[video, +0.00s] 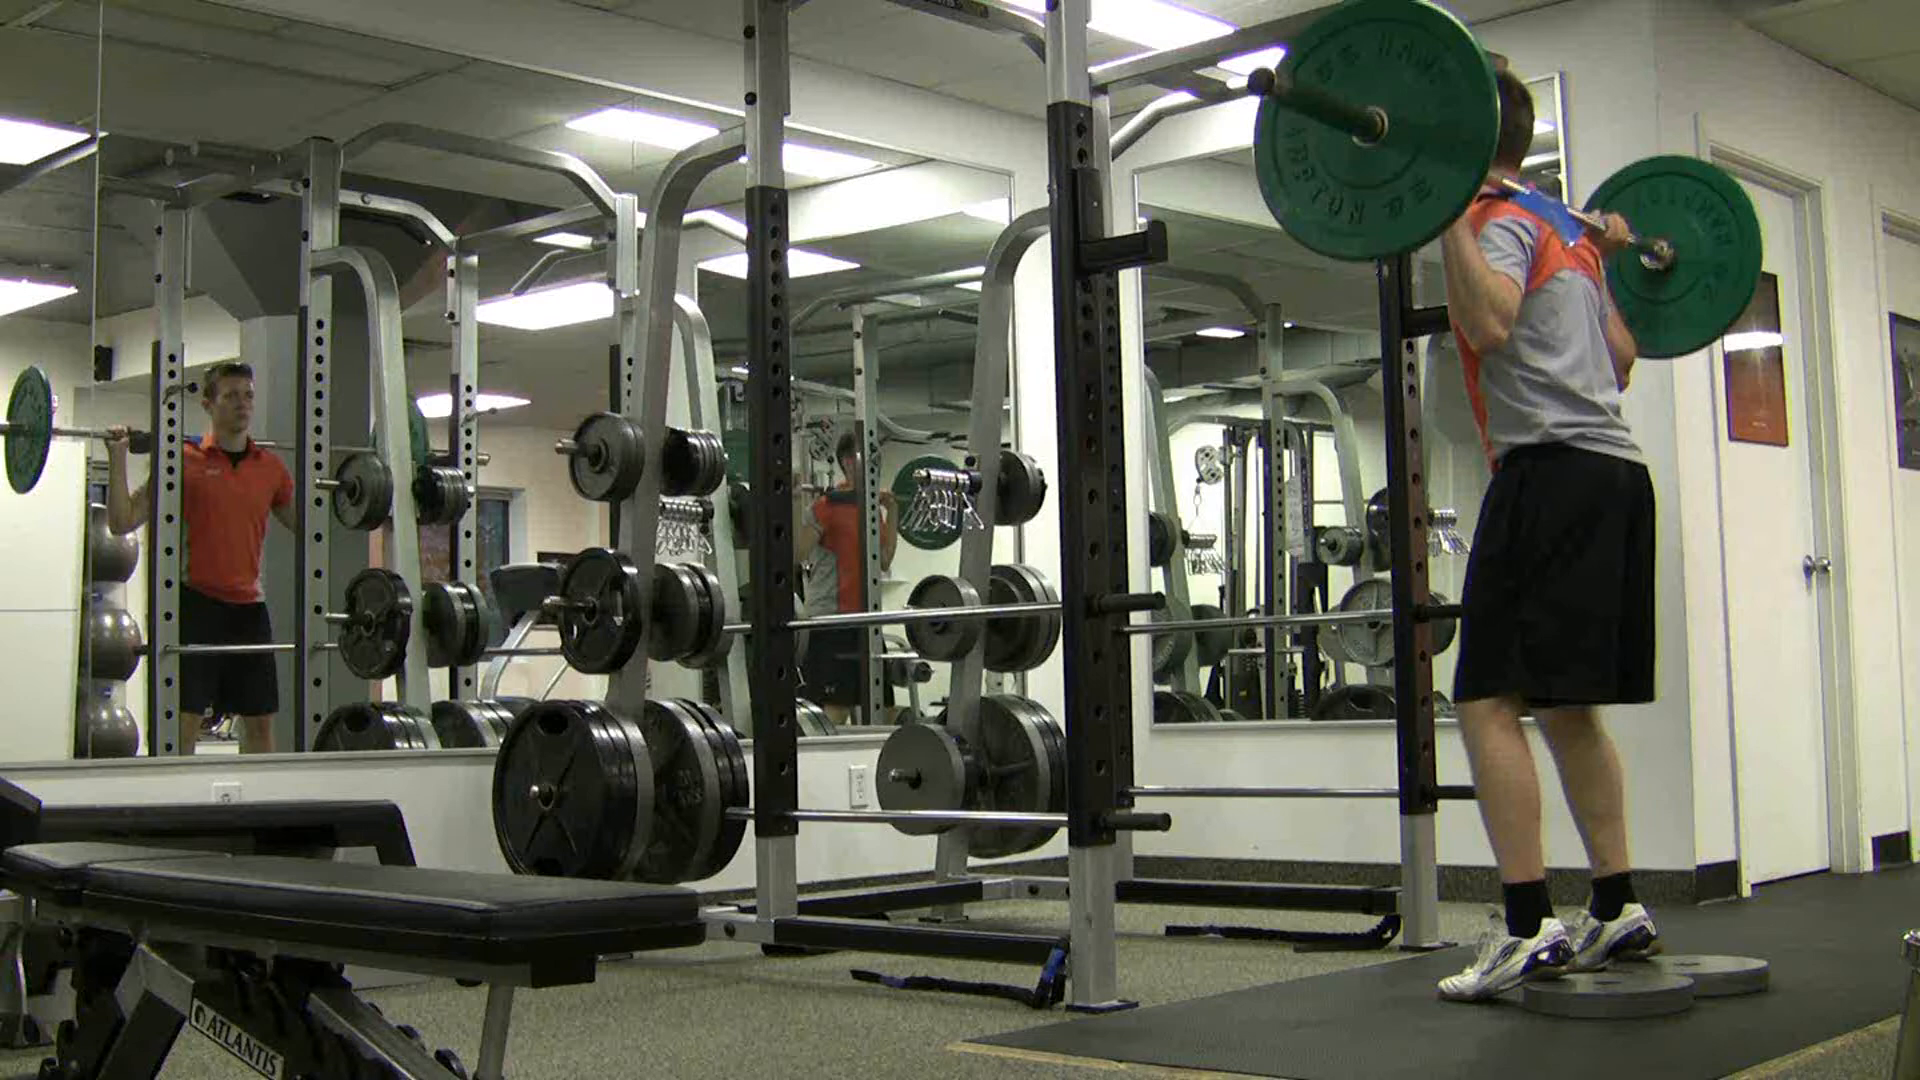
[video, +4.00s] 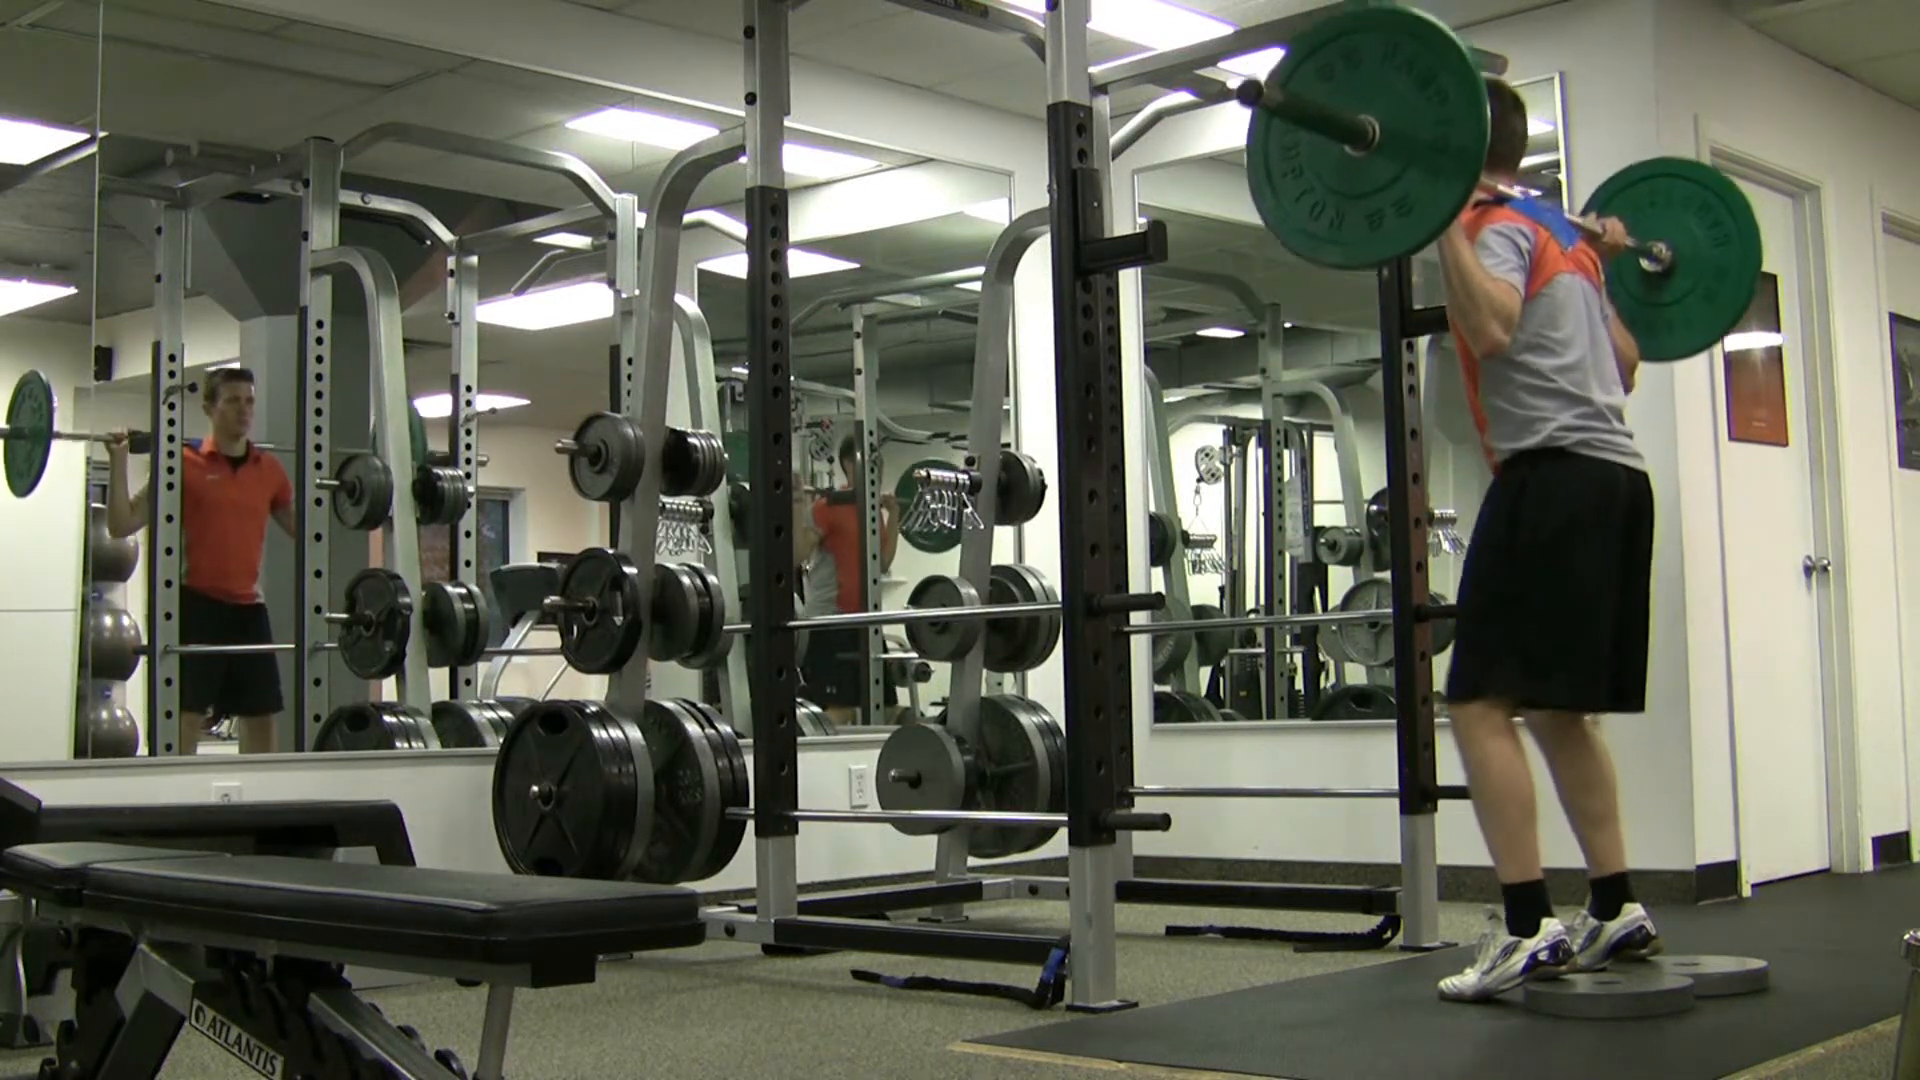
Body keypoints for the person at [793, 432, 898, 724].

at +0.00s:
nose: (864, 466)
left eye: (868, 458)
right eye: (857, 458)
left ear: (874, 461)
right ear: (844, 461)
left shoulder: (870, 507)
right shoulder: (826, 505)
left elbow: (885, 559)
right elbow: (799, 553)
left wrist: (892, 513)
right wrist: (797, 503)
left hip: (866, 615)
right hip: (831, 616)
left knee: (878, 708)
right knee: (835, 706)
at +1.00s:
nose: (880, 553)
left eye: (884, 546)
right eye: (870, 546)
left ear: (888, 549)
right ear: (853, 552)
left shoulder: (881, 593)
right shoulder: (832, 593)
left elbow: (887, 642)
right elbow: (815, 642)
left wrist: (900, 594)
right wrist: (804, 595)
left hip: (869, 684)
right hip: (831, 683)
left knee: (912, 719)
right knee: (860, 719)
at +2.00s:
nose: (889, 591)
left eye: (890, 584)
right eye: (880, 584)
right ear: (858, 588)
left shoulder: (883, 626)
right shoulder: (833, 626)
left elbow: (889, 675)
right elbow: (807, 676)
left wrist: (905, 629)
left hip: (872, 707)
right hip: (837, 708)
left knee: (917, 720)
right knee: (863, 729)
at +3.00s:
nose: (869, 476)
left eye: (872, 468)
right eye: (861, 468)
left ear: (876, 470)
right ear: (845, 472)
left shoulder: (872, 516)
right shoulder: (827, 517)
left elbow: (886, 568)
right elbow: (798, 565)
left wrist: (895, 522)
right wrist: (797, 520)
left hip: (867, 621)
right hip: (833, 622)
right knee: (841, 705)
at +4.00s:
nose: (867, 470)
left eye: (872, 462)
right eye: (860, 462)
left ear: (877, 465)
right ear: (845, 464)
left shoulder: (871, 509)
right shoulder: (827, 507)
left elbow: (884, 561)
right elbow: (798, 556)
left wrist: (893, 516)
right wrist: (798, 505)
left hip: (867, 617)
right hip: (833, 617)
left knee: (876, 707)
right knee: (838, 707)